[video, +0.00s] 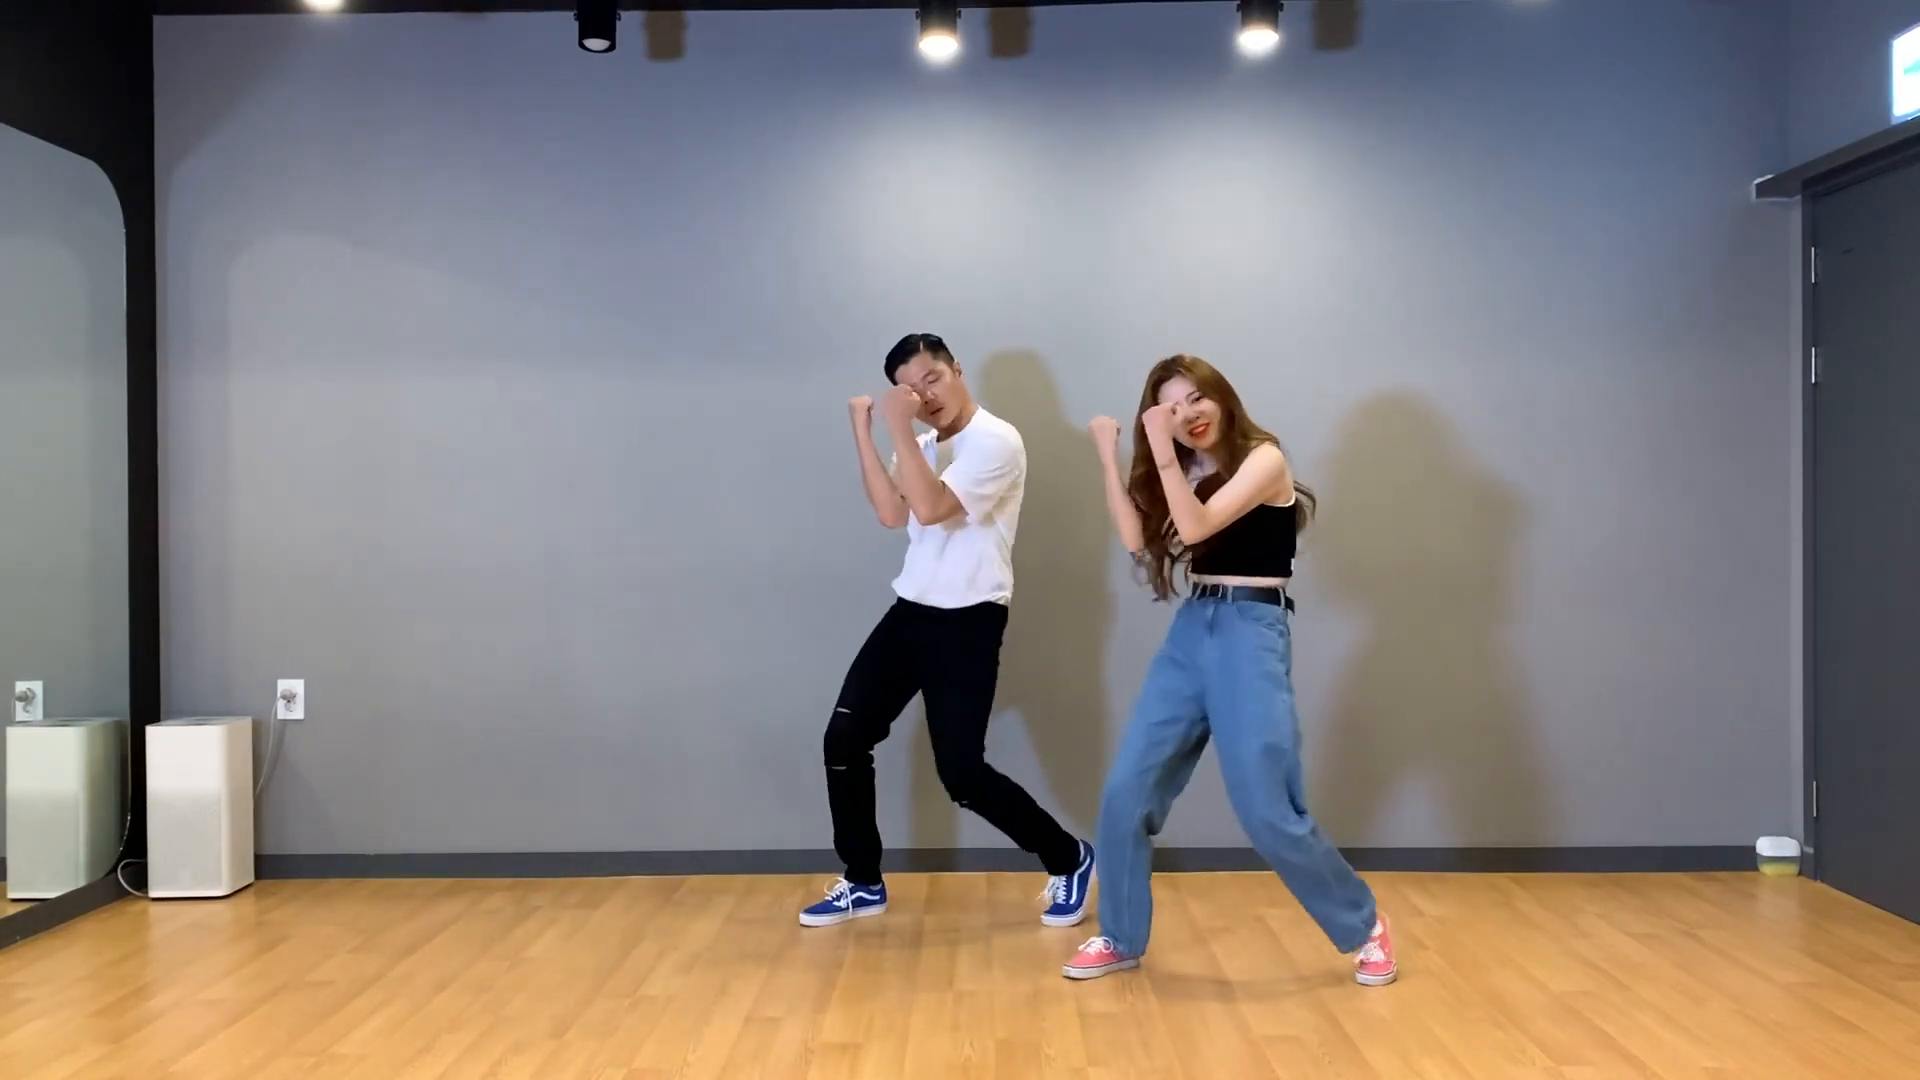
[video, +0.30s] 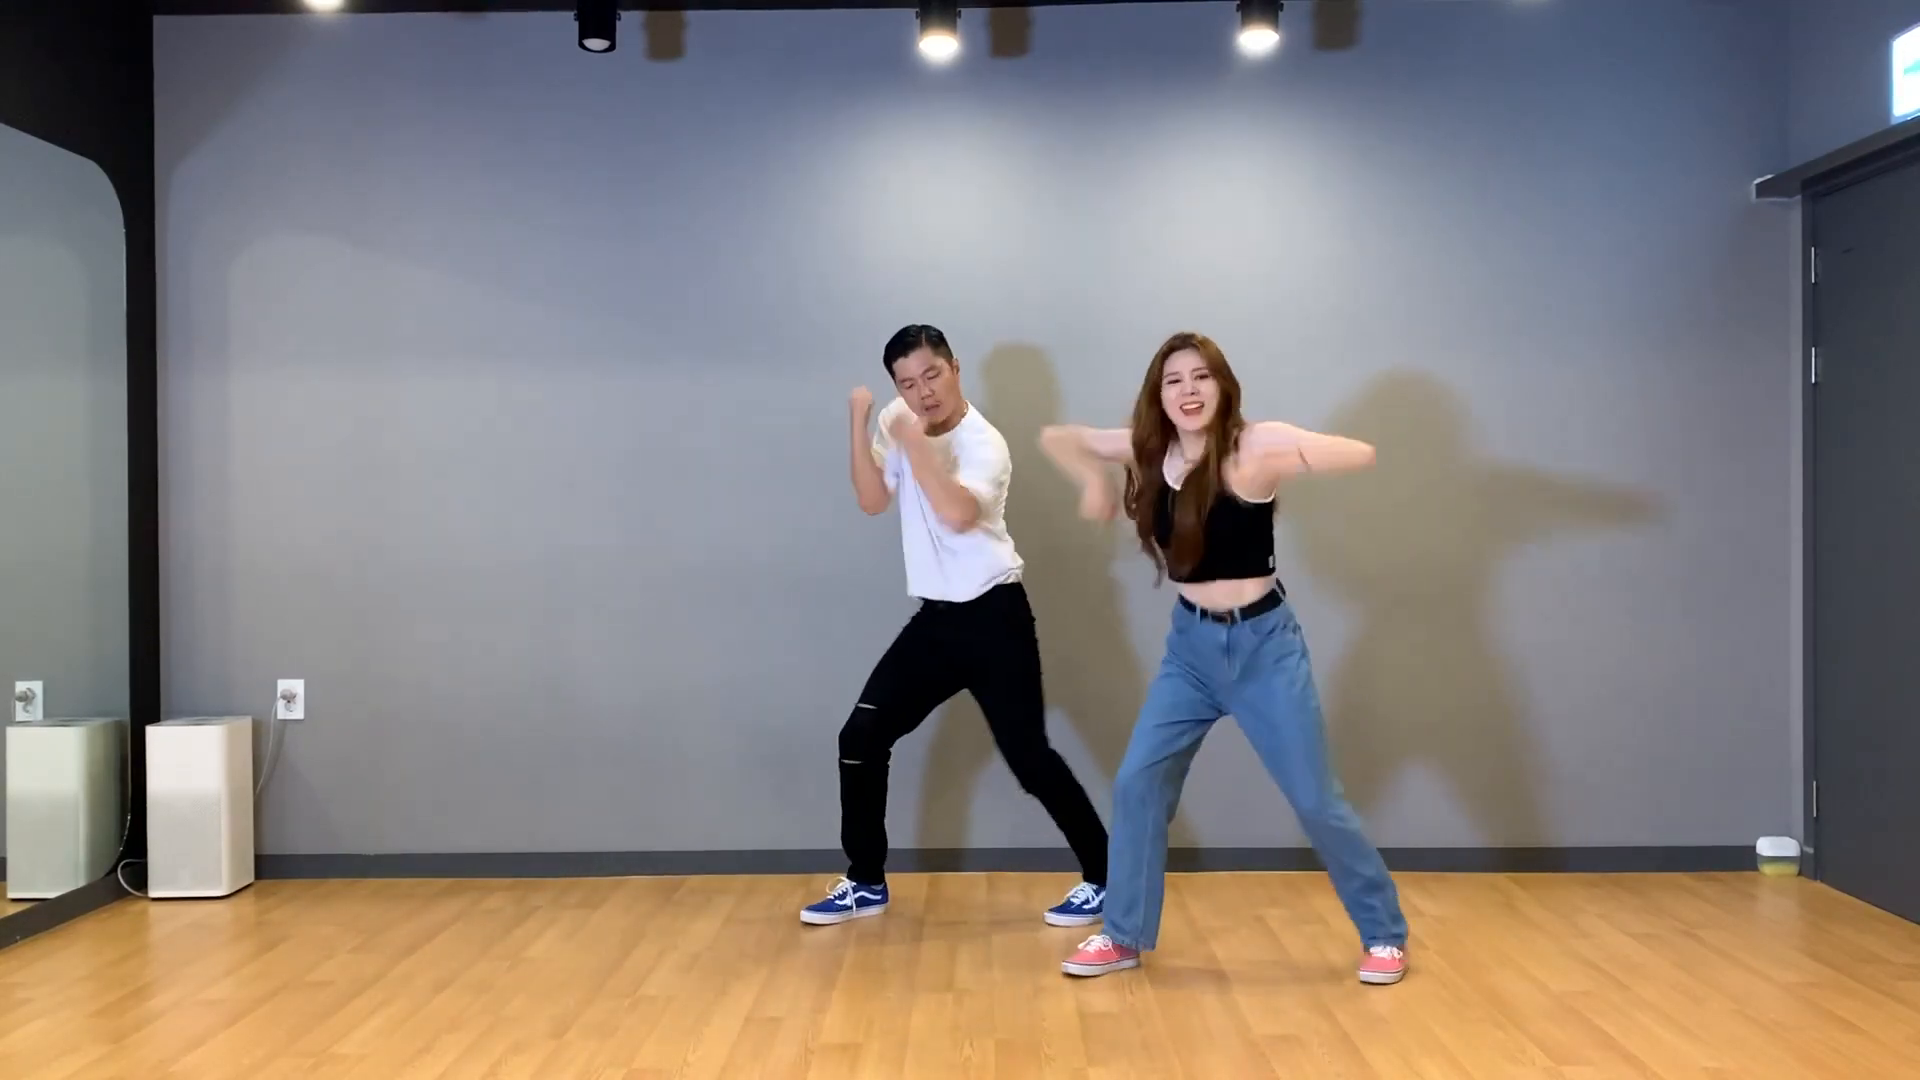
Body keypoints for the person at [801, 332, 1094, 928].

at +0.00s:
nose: (925, 396)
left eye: (932, 379)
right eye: (913, 390)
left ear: (958, 372)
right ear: (907, 400)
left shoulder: (998, 441)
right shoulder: (926, 445)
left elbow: (931, 507)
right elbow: (891, 512)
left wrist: (902, 429)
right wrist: (864, 437)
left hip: (968, 622)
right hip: (909, 614)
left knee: (963, 776)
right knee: (845, 739)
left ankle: (1071, 860)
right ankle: (863, 883)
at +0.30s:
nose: (924, 390)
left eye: (933, 374)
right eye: (910, 382)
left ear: (957, 370)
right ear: (899, 390)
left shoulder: (984, 444)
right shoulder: (900, 423)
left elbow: (957, 512)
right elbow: (873, 500)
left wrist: (915, 437)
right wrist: (860, 429)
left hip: (996, 617)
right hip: (936, 619)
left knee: (1030, 760)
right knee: (861, 739)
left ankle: (1105, 878)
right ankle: (866, 883)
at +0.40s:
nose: (920, 379)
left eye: (929, 363)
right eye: (906, 371)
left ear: (953, 357)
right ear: (895, 376)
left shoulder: (995, 424)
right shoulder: (890, 415)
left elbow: (1029, 515)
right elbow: (863, 487)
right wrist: (849, 506)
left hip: (975, 612)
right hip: (909, 609)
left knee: (994, 757)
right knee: (846, 738)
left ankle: (1061, 860)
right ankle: (864, 883)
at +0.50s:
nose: (923, 375)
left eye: (933, 360)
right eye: (909, 366)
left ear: (957, 360)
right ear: (899, 375)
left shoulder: (1005, 439)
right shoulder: (884, 437)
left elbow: (1029, 533)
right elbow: (858, 525)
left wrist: (1023, 620)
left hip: (968, 622)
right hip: (892, 618)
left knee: (991, 758)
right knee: (831, 737)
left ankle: (1010, 877)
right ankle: (860, 881)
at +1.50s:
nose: (921, 381)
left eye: (928, 369)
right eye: (908, 368)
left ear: (935, 373)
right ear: (875, 372)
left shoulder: (955, 439)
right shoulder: (828, 437)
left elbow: (973, 538)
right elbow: (803, 526)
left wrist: (981, 622)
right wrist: (803, 610)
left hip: (940, 619)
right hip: (859, 619)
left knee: (972, 743)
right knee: (825, 747)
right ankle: (850, 879)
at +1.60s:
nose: (900, 376)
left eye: (912, 363)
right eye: (886, 364)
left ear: (928, 372)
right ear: (868, 373)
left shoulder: (953, 461)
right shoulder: (829, 444)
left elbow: (963, 557)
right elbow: (793, 534)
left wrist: (970, 644)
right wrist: (762, 613)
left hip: (917, 630)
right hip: (836, 624)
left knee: (929, 764)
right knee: (790, 744)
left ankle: (908, 871)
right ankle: (820, 862)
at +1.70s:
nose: (892, 380)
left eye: (904, 367)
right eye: (878, 368)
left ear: (921, 377)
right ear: (860, 378)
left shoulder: (946, 458)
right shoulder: (821, 443)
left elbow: (950, 552)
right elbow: (778, 526)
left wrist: (961, 635)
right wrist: (733, 602)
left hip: (898, 631)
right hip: (817, 623)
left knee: (930, 760)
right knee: (759, 743)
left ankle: (909, 871)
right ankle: (744, 857)